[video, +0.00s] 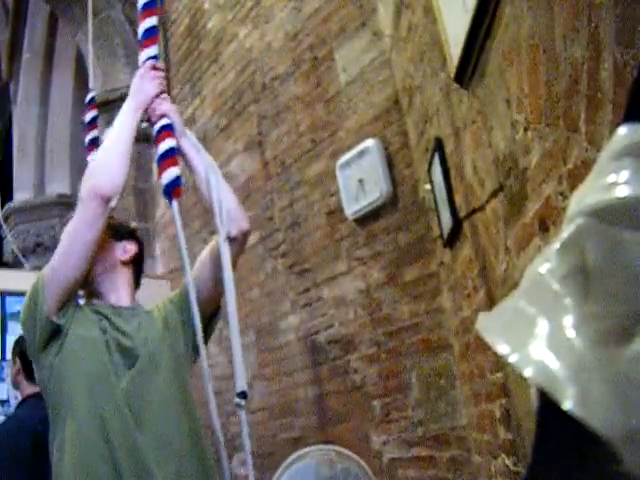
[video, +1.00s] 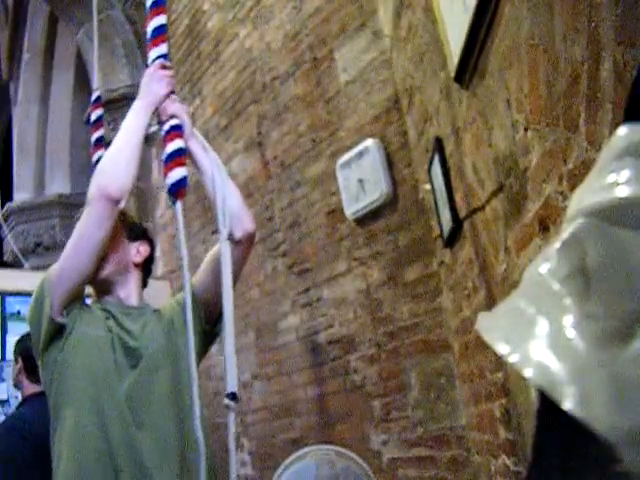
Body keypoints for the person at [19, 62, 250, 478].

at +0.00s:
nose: (84, 247)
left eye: (96, 237)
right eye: (83, 240)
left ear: (127, 250)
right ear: (72, 255)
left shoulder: (171, 322)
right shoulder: (53, 328)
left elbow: (234, 229)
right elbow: (98, 193)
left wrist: (179, 132)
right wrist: (134, 103)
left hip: (184, 470)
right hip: (86, 470)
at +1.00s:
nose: (96, 241)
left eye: (110, 233)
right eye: (96, 233)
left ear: (140, 251)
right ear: (83, 249)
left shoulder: (178, 325)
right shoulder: (61, 325)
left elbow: (240, 231)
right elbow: (107, 194)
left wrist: (189, 136)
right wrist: (144, 104)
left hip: (173, 470)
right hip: (85, 470)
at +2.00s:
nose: (101, 238)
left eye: (115, 230)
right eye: (102, 230)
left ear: (146, 245)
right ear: (88, 246)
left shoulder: (185, 320)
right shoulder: (66, 322)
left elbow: (248, 228)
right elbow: (112, 191)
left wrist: (193, 137)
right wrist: (145, 103)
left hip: (189, 470)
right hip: (92, 470)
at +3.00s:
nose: (153, 243)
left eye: (159, 232)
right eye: (141, 232)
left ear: (167, 243)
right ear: (96, 254)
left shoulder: (179, 332)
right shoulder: (63, 324)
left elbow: (251, 301)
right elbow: (127, 253)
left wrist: (195, 202)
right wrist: (144, 166)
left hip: (182, 471)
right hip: (93, 471)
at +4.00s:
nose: (157, 268)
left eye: (165, 253)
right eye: (139, 254)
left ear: (174, 261)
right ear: (104, 268)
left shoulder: (198, 349)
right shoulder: (69, 358)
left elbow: (222, 456)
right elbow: (92, 475)